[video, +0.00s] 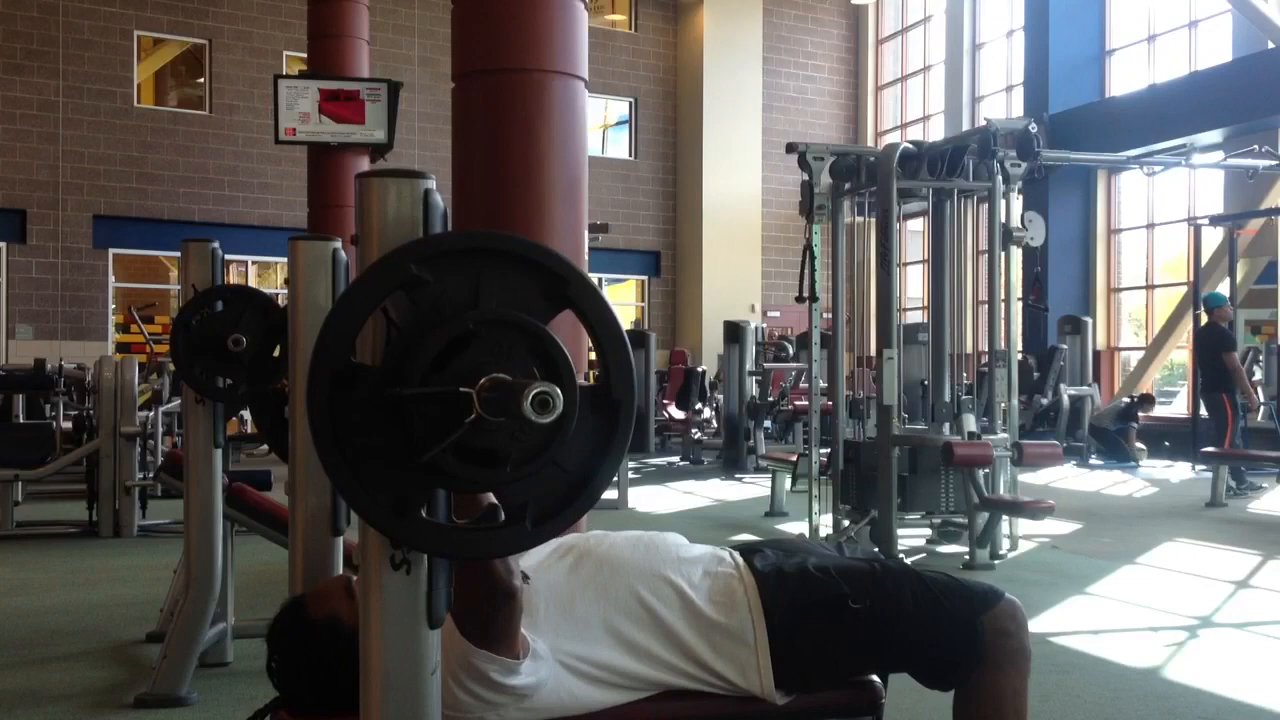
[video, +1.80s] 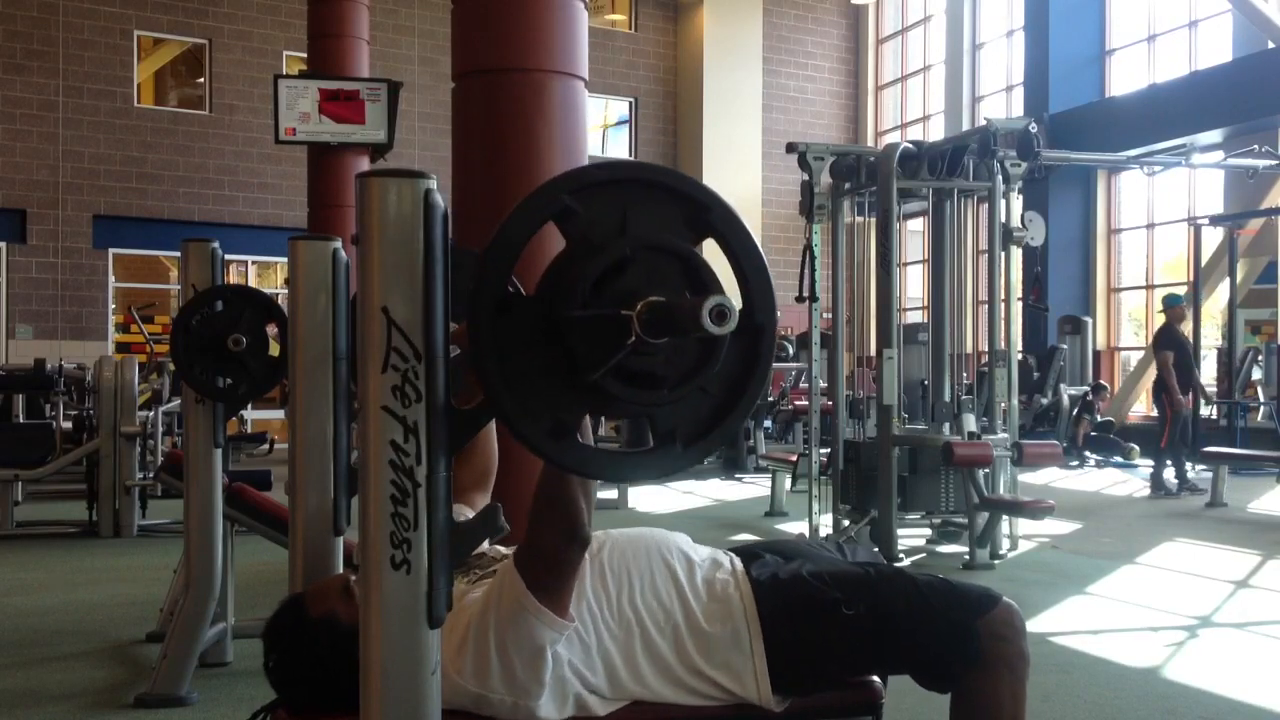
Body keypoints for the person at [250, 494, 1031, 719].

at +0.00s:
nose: (356, 579)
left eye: (346, 580)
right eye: (344, 594)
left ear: (365, 592)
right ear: (352, 636)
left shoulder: (456, 627)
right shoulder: (472, 681)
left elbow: (494, 561)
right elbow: (490, 589)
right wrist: (449, 444)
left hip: (741, 575)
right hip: (753, 612)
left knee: (974, 605)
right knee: (994, 625)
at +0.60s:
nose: (361, 575)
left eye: (345, 581)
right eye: (348, 591)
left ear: (349, 658)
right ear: (362, 640)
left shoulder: (449, 646)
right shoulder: (466, 662)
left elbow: (486, 494)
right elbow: (492, 486)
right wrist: (468, 330)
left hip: (719, 590)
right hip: (747, 610)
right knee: (990, 626)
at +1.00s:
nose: (356, 563)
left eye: (336, 567)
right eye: (343, 582)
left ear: (342, 659)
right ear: (358, 634)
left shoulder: (450, 648)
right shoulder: (468, 662)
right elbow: (532, 503)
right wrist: (519, 343)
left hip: (716, 610)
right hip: (750, 604)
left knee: (860, 686)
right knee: (983, 627)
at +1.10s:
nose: (356, 570)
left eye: (338, 577)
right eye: (345, 588)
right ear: (363, 637)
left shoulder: (453, 659)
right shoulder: (473, 672)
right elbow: (529, 502)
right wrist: (536, 317)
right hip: (740, 615)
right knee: (981, 623)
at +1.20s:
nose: (364, 567)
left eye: (345, 571)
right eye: (348, 583)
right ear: (361, 636)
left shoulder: (448, 635)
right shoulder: (479, 673)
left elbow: (459, 485)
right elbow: (545, 513)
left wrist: (478, 376)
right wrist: (547, 331)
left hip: (719, 579)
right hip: (748, 611)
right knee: (985, 626)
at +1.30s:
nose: (364, 566)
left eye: (347, 570)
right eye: (350, 583)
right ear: (361, 635)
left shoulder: (452, 634)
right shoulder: (484, 666)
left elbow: (461, 483)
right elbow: (550, 515)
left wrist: (476, 372)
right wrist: (551, 342)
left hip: (724, 581)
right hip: (750, 612)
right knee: (986, 626)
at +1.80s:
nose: (364, 570)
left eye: (349, 572)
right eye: (349, 587)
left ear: (345, 667)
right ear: (358, 647)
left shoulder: (445, 646)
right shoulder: (480, 672)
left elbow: (462, 491)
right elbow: (557, 537)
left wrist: (481, 385)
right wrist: (537, 374)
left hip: (731, 581)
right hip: (755, 617)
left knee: (860, 681)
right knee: (991, 630)